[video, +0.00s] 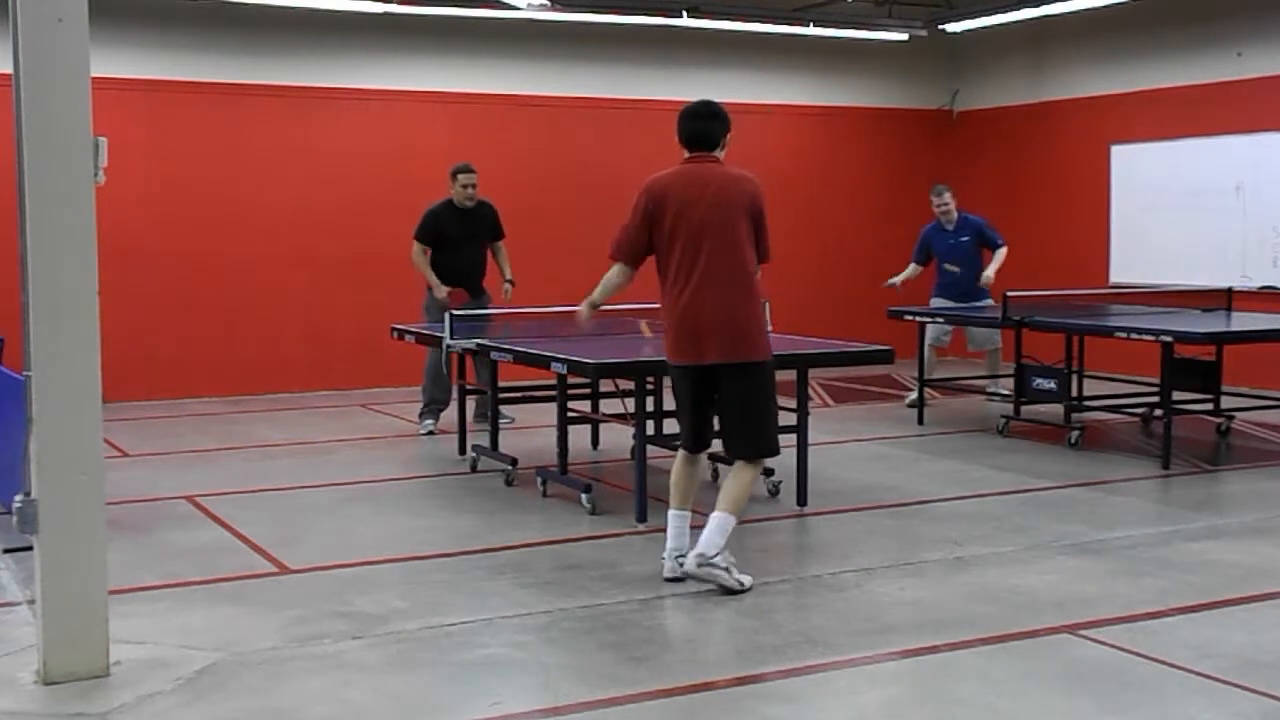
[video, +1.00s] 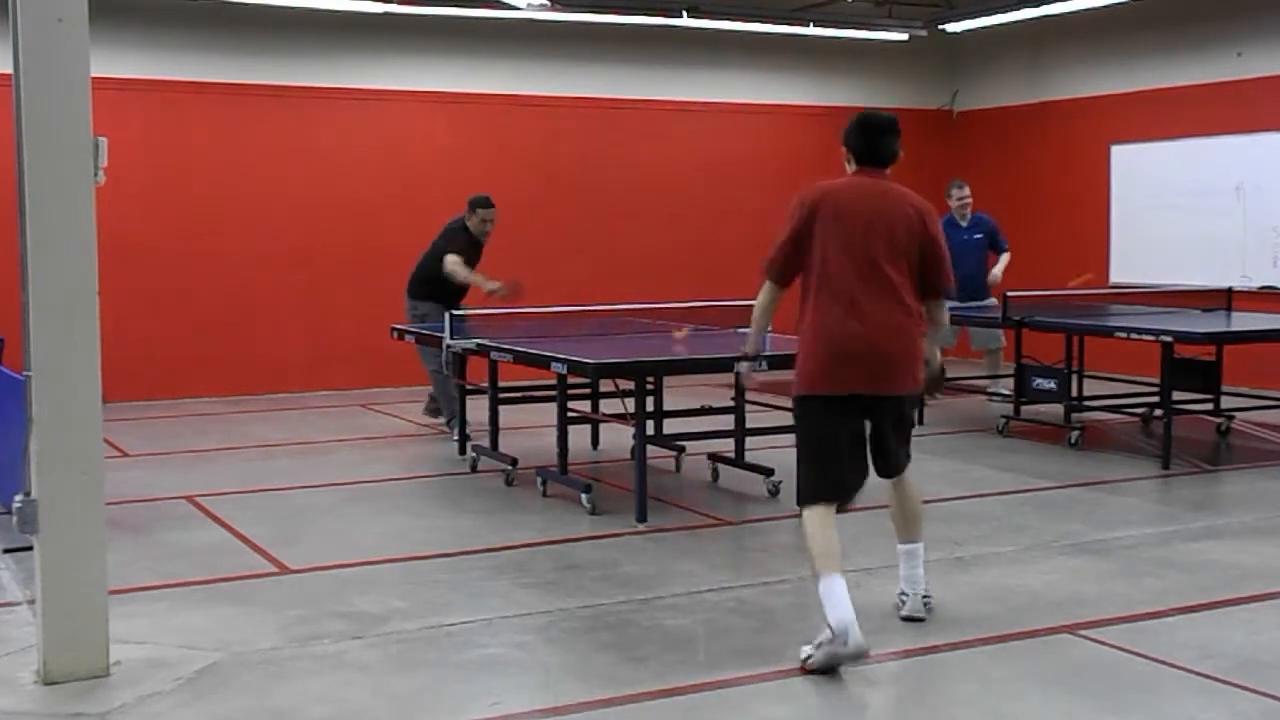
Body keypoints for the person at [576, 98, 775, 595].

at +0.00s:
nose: (730, 143)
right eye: (729, 136)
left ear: (680, 140)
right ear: (724, 140)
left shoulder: (657, 189)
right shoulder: (746, 187)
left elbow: (624, 267)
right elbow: (756, 259)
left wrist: (590, 303)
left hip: (684, 343)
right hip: (742, 343)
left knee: (691, 445)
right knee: (751, 454)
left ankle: (675, 554)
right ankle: (709, 550)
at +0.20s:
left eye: (689, 137)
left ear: (690, 142)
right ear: (735, 141)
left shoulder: (672, 192)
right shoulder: (761, 189)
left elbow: (636, 272)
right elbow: (772, 267)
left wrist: (591, 338)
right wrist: (740, 307)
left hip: (699, 345)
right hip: (762, 343)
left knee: (695, 444)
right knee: (787, 450)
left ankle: (678, 551)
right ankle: (782, 558)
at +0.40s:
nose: (722, 152)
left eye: (721, 145)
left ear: (722, 150)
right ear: (766, 149)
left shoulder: (708, 199)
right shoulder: (793, 199)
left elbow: (702, 276)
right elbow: (804, 282)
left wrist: (684, 356)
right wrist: (782, 333)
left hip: (727, 354)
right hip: (792, 356)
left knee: (706, 445)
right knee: (823, 463)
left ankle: (679, 551)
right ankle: (873, 570)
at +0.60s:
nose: (773, 149)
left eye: (774, 142)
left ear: (777, 145)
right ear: (822, 145)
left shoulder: (769, 190)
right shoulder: (850, 196)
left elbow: (779, 263)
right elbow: (864, 274)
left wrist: (768, 350)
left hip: (785, 358)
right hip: (850, 359)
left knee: (732, 450)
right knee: (864, 476)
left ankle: (694, 548)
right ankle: (906, 587)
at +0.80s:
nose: (820, 138)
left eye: (820, 130)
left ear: (824, 134)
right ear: (871, 136)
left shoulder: (803, 180)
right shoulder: (897, 190)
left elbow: (785, 256)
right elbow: (915, 269)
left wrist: (748, 340)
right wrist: (871, 284)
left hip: (811, 354)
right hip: (882, 357)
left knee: (773, 467)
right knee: (882, 474)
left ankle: (767, 589)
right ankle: (909, 590)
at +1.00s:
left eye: (844, 148)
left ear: (847, 154)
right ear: (897, 156)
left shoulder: (817, 201)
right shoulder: (918, 211)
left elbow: (775, 280)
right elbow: (937, 301)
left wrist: (752, 344)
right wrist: (935, 352)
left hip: (824, 365)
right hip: (895, 365)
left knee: (817, 498)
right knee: (898, 472)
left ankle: (841, 625)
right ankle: (914, 593)